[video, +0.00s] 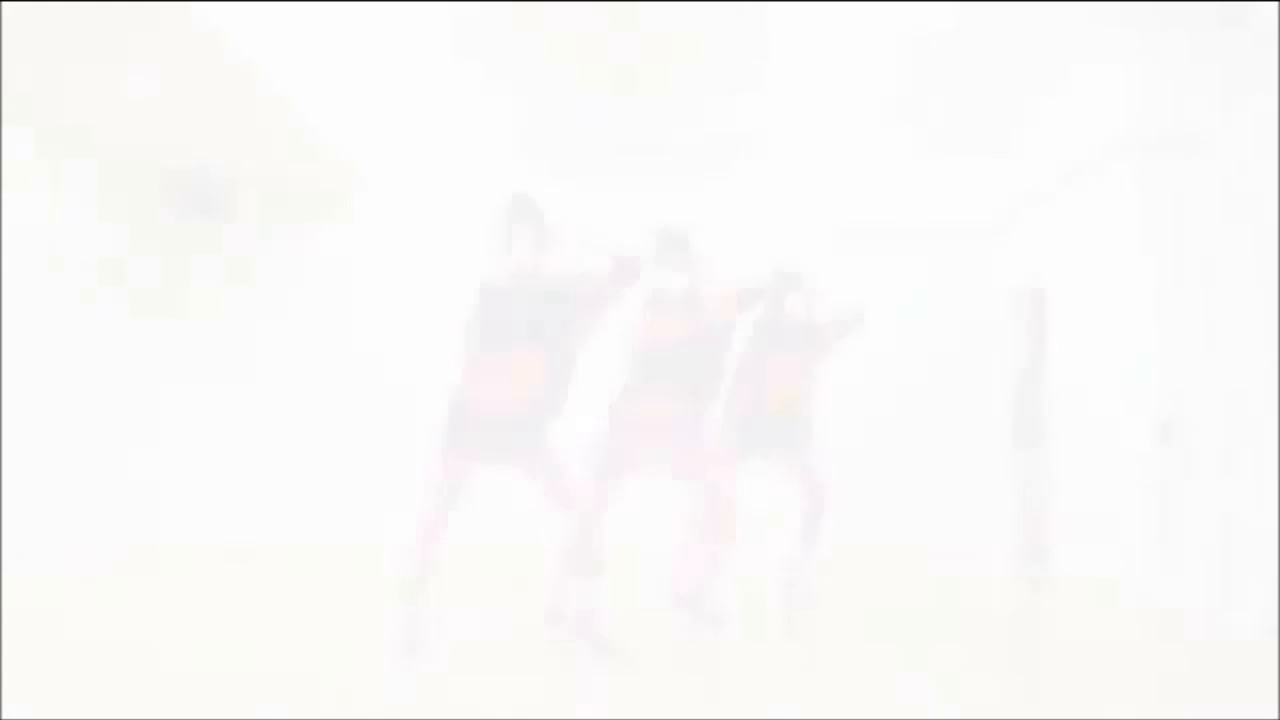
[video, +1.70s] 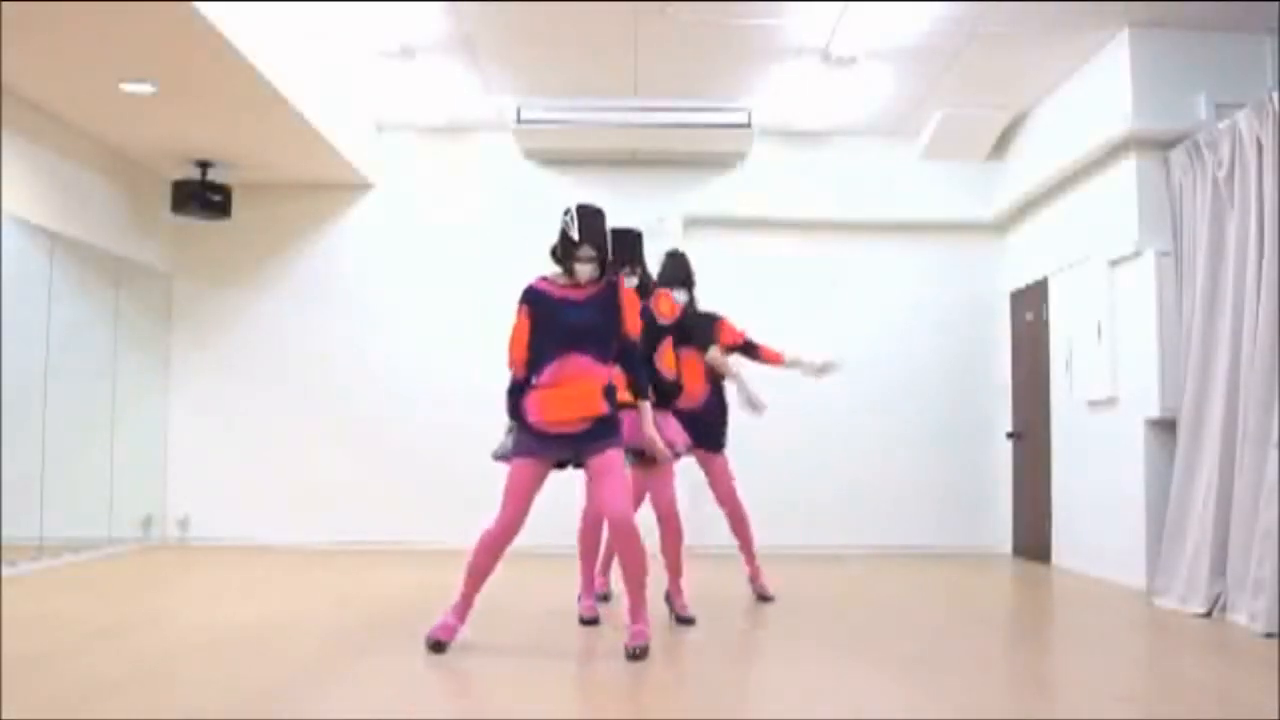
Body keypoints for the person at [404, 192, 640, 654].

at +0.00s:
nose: (524, 254)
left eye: (531, 243)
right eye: (516, 243)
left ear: (544, 246)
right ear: (503, 245)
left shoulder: (561, 298)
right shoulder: (487, 294)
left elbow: (602, 293)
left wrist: (622, 271)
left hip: (527, 430)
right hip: (470, 428)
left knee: (579, 511)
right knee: (435, 518)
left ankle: (571, 604)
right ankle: (410, 612)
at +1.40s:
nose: (536, 242)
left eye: (545, 235)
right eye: (529, 234)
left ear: (557, 243)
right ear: (515, 239)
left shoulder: (565, 287)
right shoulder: (492, 286)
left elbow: (608, 320)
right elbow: (470, 349)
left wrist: (604, 270)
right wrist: (468, 402)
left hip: (533, 426)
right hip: (478, 420)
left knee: (588, 517)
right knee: (444, 518)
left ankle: (612, 615)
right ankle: (412, 614)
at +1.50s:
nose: (557, 253)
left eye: (564, 246)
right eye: (549, 244)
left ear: (571, 252)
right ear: (530, 247)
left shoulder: (580, 294)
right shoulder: (502, 291)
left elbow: (577, 354)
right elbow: (479, 356)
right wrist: (478, 418)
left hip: (551, 427)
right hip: (495, 424)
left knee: (596, 518)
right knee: (456, 525)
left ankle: (634, 618)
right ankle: (415, 611)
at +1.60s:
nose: (574, 262)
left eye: (581, 254)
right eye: (566, 253)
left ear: (588, 257)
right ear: (547, 253)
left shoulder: (595, 295)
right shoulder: (521, 294)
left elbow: (605, 357)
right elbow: (499, 356)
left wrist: (633, 380)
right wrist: (493, 414)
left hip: (576, 428)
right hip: (519, 428)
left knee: (611, 519)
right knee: (478, 526)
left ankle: (637, 621)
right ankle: (427, 609)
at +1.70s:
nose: (585, 269)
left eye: (592, 260)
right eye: (577, 260)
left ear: (605, 257)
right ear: (563, 254)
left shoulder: (618, 295)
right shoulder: (538, 295)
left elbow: (632, 352)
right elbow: (520, 365)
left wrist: (647, 420)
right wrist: (518, 418)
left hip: (601, 423)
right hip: (541, 424)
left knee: (620, 517)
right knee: (507, 524)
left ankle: (638, 620)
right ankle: (458, 611)